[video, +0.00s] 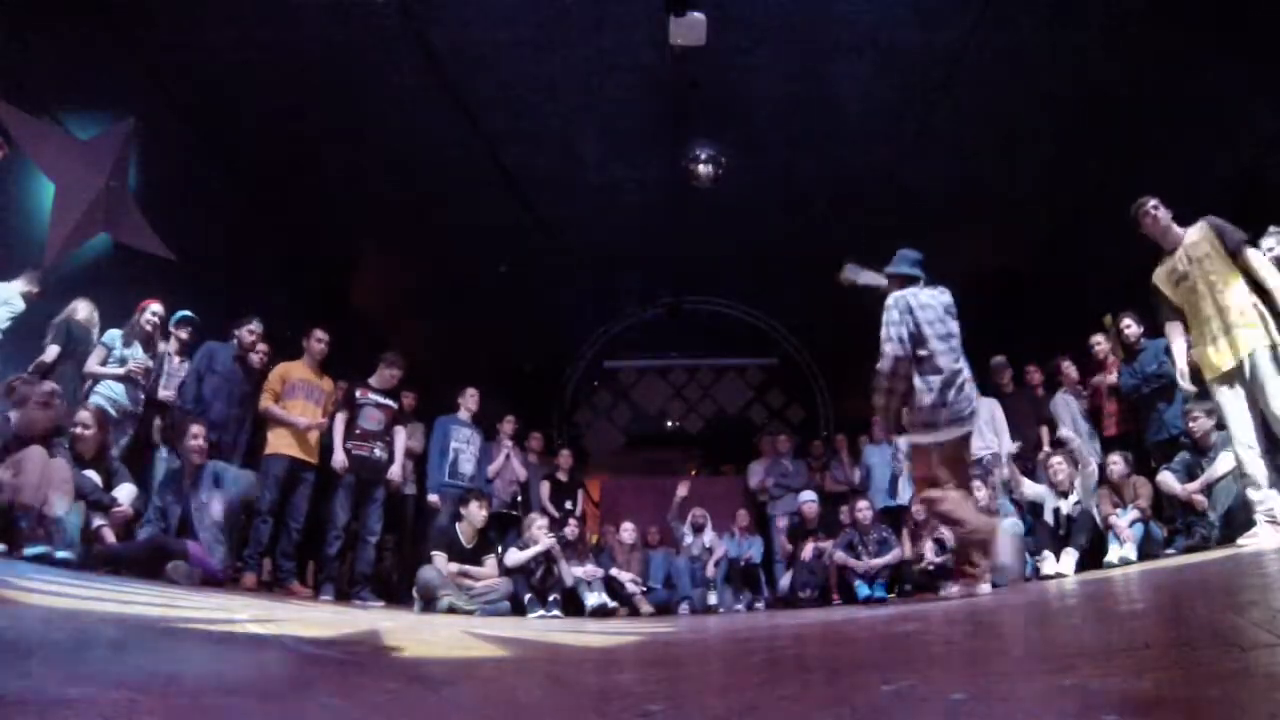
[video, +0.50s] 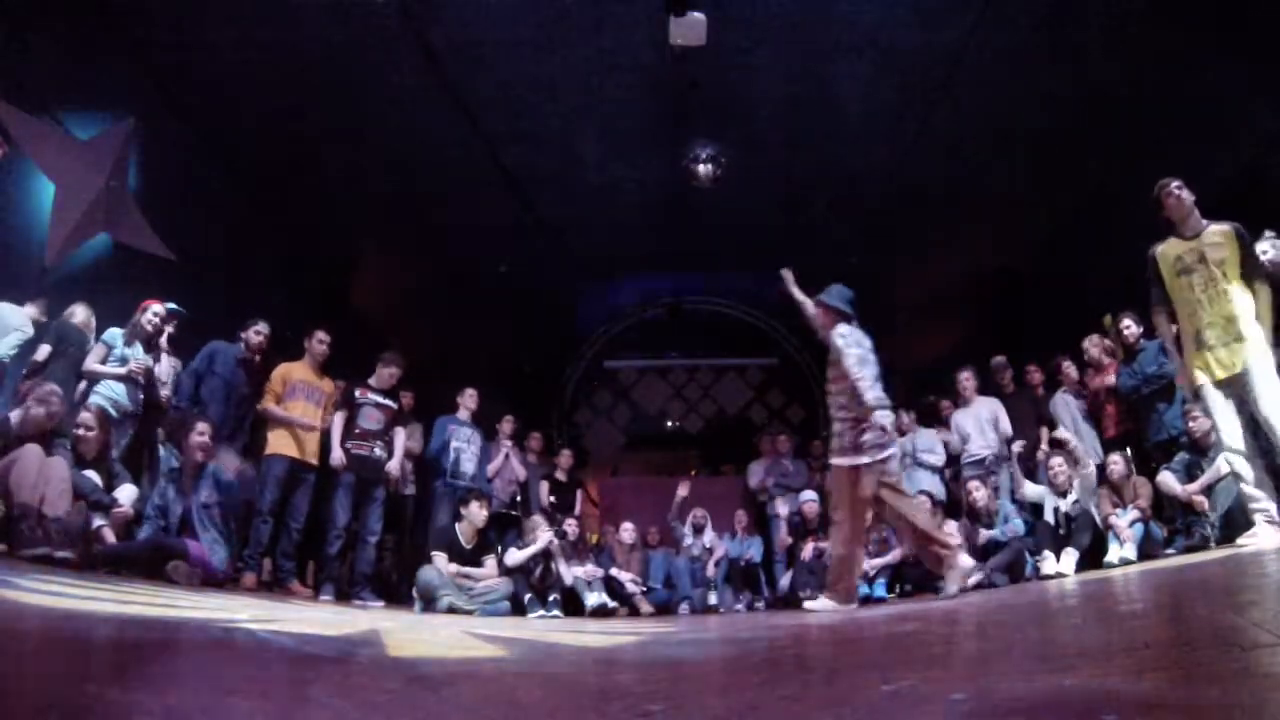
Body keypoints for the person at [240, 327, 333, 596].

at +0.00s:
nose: (322, 346)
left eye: (326, 342)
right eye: (318, 340)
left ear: (328, 348)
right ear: (305, 342)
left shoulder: (327, 383)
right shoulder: (284, 369)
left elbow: (328, 416)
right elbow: (265, 403)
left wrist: (320, 424)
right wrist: (296, 420)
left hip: (308, 454)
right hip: (280, 447)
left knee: (296, 518)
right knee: (266, 510)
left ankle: (286, 574)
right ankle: (251, 568)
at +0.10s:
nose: (323, 348)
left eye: (326, 344)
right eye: (319, 342)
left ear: (328, 350)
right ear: (306, 343)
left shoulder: (328, 384)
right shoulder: (284, 369)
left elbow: (328, 416)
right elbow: (266, 403)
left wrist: (320, 423)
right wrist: (296, 420)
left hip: (308, 454)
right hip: (280, 447)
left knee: (296, 518)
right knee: (266, 510)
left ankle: (286, 574)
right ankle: (251, 568)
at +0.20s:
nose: (323, 350)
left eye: (326, 346)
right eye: (319, 344)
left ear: (329, 351)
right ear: (306, 344)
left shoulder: (327, 384)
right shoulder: (284, 370)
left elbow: (328, 417)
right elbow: (266, 404)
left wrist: (322, 423)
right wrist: (297, 420)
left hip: (309, 455)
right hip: (281, 448)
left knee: (296, 519)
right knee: (266, 510)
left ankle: (286, 574)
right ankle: (251, 568)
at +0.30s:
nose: (323, 350)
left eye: (327, 346)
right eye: (319, 344)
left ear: (329, 351)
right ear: (306, 344)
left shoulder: (327, 385)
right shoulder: (284, 371)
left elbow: (327, 417)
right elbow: (265, 405)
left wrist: (321, 424)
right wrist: (297, 420)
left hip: (308, 454)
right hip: (280, 447)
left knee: (296, 518)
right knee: (267, 510)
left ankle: (286, 574)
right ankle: (251, 568)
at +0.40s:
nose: (324, 349)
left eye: (327, 346)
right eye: (320, 343)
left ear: (329, 351)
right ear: (307, 344)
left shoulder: (328, 385)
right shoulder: (285, 370)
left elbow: (327, 417)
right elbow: (266, 405)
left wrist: (322, 424)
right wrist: (297, 421)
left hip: (308, 454)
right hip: (281, 446)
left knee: (296, 518)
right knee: (267, 509)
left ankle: (286, 574)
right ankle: (251, 568)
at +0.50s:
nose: (324, 348)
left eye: (327, 344)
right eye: (320, 342)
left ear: (329, 350)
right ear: (307, 343)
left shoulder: (328, 385)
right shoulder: (285, 370)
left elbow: (325, 420)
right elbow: (266, 404)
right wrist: (297, 420)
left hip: (309, 453)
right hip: (281, 446)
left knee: (296, 518)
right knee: (266, 509)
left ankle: (286, 574)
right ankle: (251, 568)